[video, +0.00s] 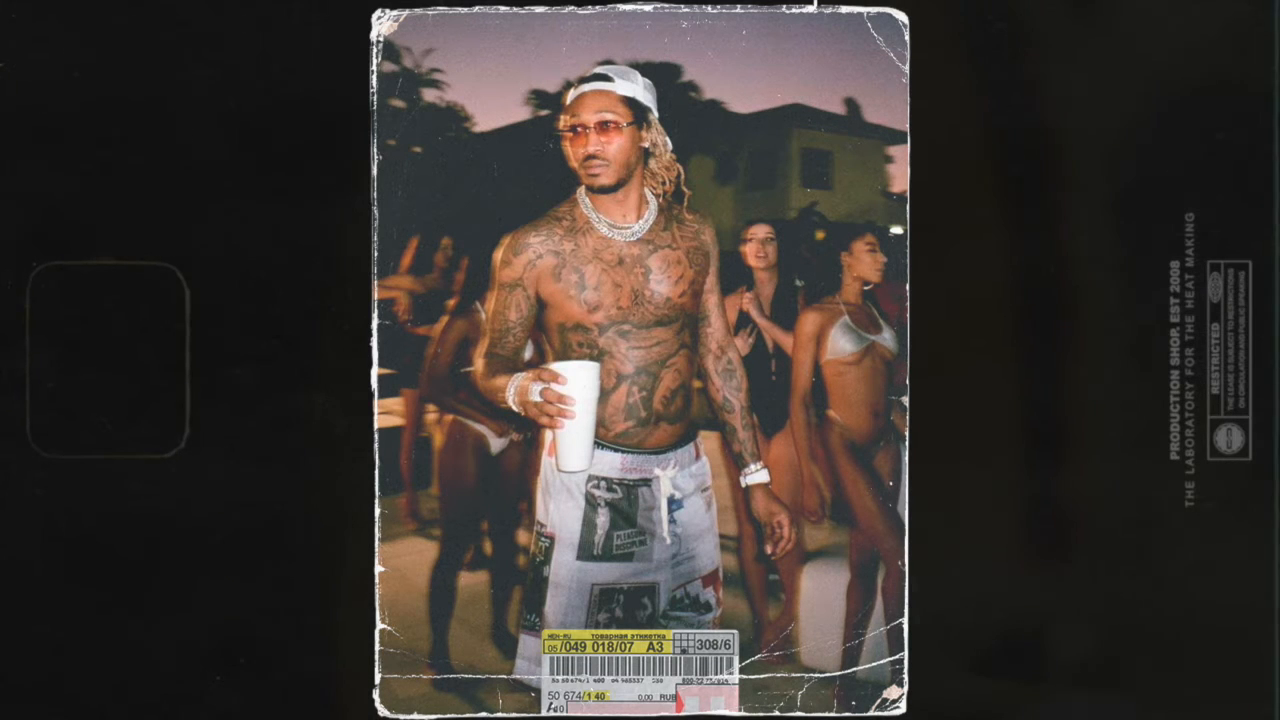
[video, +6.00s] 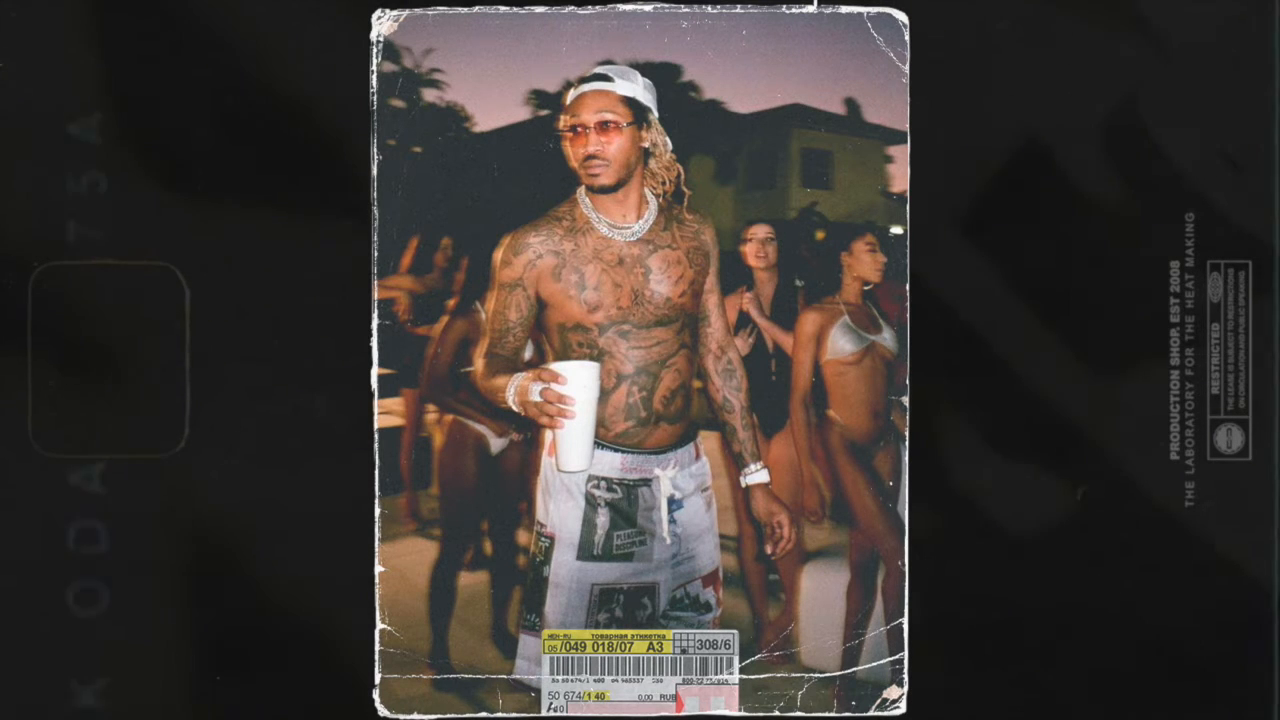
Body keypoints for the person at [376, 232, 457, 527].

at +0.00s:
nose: (446, 254)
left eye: (451, 249)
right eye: (442, 247)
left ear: (456, 253)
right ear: (431, 250)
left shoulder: (457, 279)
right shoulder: (415, 282)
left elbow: (461, 311)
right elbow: (394, 284)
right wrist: (404, 294)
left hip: (445, 351)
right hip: (416, 348)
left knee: (449, 427)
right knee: (412, 428)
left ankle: (452, 499)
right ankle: (410, 501)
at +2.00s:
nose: (445, 254)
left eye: (450, 249)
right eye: (441, 248)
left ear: (455, 254)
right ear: (431, 250)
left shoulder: (457, 276)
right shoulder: (415, 281)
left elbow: (461, 302)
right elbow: (395, 284)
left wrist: (438, 326)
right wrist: (404, 297)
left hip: (446, 349)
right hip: (417, 346)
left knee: (450, 427)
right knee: (412, 428)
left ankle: (452, 499)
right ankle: (410, 502)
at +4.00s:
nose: (445, 255)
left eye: (450, 250)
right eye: (441, 248)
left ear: (455, 255)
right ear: (430, 252)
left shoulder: (455, 282)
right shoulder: (414, 283)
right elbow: (401, 320)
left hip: (446, 352)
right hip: (417, 349)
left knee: (450, 426)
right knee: (413, 427)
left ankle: (452, 496)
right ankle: (410, 500)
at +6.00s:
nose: (446, 255)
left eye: (450, 250)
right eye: (442, 249)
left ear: (454, 255)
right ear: (430, 252)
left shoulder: (454, 282)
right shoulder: (415, 282)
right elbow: (379, 287)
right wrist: (403, 293)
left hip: (445, 353)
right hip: (416, 350)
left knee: (450, 427)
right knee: (413, 428)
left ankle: (451, 499)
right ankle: (410, 503)